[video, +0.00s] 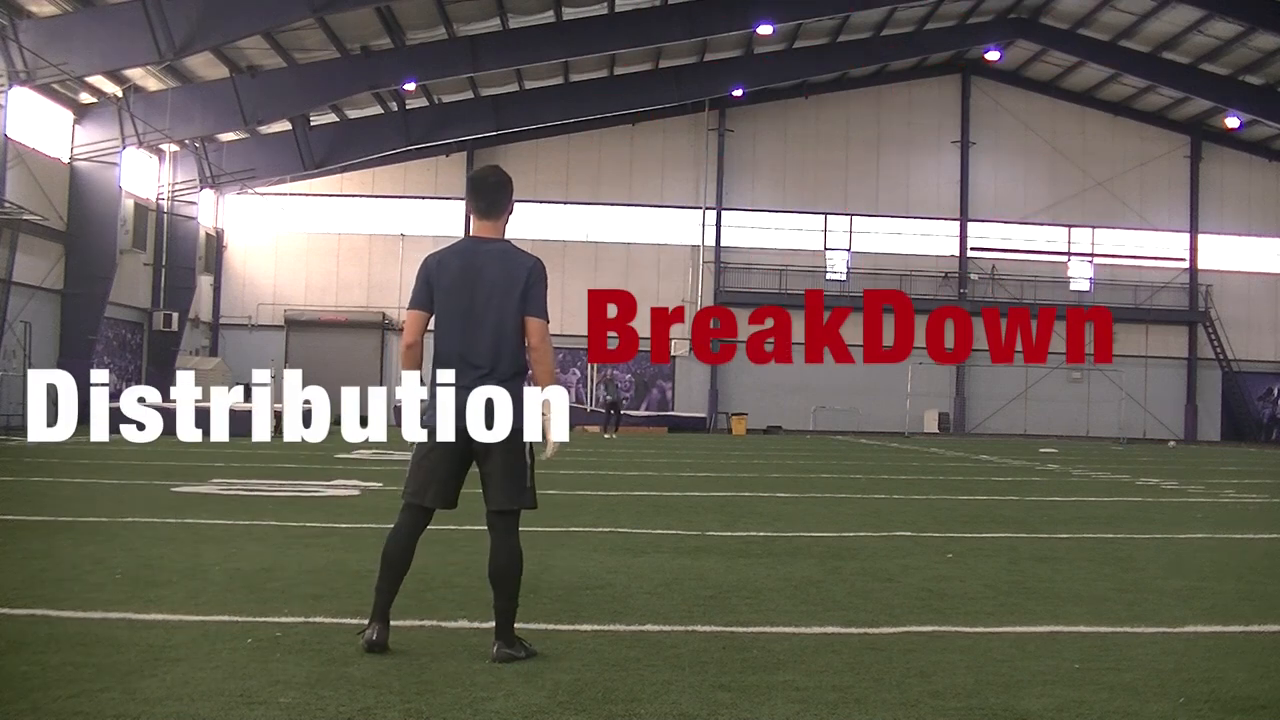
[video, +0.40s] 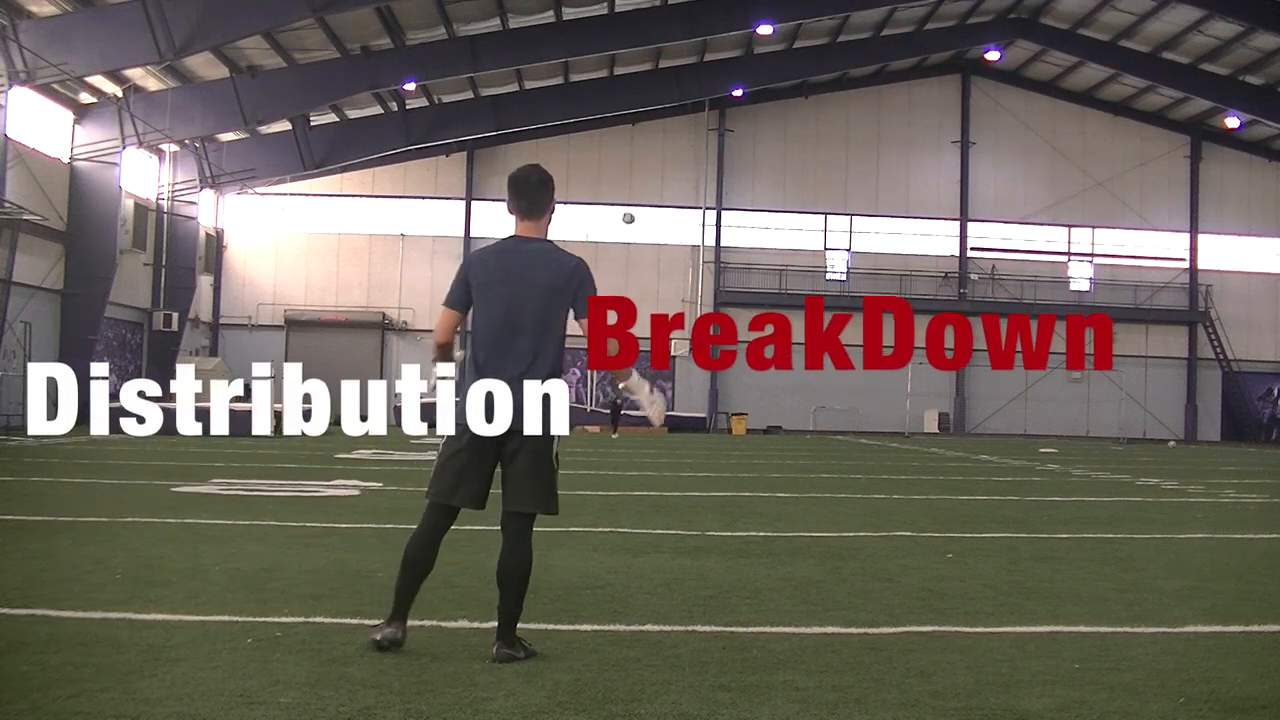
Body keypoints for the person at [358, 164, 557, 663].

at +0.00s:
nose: (507, 211)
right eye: (512, 204)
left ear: (467, 206)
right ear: (512, 207)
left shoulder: (436, 263)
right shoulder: (528, 267)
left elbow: (412, 339)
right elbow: (536, 342)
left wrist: (412, 395)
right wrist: (552, 412)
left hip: (443, 411)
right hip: (502, 414)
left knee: (412, 515)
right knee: (504, 527)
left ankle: (377, 623)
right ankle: (505, 638)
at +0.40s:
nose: (543, 210)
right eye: (550, 201)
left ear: (508, 207)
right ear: (552, 206)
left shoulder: (479, 260)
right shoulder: (571, 268)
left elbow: (442, 335)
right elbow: (601, 338)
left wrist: (446, 349)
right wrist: (625, 378)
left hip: (477, 411)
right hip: (536, 416)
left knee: (435, 516)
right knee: (517, 528)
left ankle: (395, 621)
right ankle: (505, 639)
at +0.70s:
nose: (570, 210)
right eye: (575, 201)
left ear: (533, 207)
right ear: (578, 206)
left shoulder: (505, 259)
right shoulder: (595, 266)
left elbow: (496, 326)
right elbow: (613, 339)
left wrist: (548, 325)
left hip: (501, 413)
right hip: (556, 420)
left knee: (495, 529)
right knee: (533, 534)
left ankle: (481, 647)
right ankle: (510, 638)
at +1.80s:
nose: (699, 186)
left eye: (695, 177)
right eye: (696, 177)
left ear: (649, 189)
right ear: (683, 184)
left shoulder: (617, 261)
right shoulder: (699, 254)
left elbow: (601, 343)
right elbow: (771, 296)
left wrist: (613, 399)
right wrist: (798, 225)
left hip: (641, 421)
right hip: (701, 422)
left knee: (612, 529)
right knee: (711, 544)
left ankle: (558, 632)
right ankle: (722, 667)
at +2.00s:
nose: (649, 197)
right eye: (650, 189)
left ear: (602, 195)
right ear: (650, 192)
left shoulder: (578, 266)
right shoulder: (676, 260)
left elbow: (552, 342)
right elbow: (691, 341)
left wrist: (592, 342)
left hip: (606, 432)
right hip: (667, 433)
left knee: (593, 534)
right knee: (700, 544)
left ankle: (518, 637)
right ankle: (722, 668)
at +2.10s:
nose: (608, 204)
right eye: (616, 195)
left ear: (570, 203)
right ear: (617, 199)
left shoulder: (548, 271)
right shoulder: (648, 263)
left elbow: (517, 347)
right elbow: (670, 339)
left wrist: (556, 338)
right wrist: (628, 326)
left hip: (573, 433)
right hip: (636, 433)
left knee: (566, 541)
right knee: (682, 544)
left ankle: (510, 652)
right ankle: (719, 665)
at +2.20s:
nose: (584, 201)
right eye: (586, 193)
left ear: (539, 199)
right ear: (585, 195)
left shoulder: (514, 270)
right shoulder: (615, 258)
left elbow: (487, 350)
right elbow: (636, 340)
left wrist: (527, 351)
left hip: (539, 432)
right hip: (600, 431)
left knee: (541, 539)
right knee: (649, 540)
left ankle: (508, 657)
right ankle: (691, 655)